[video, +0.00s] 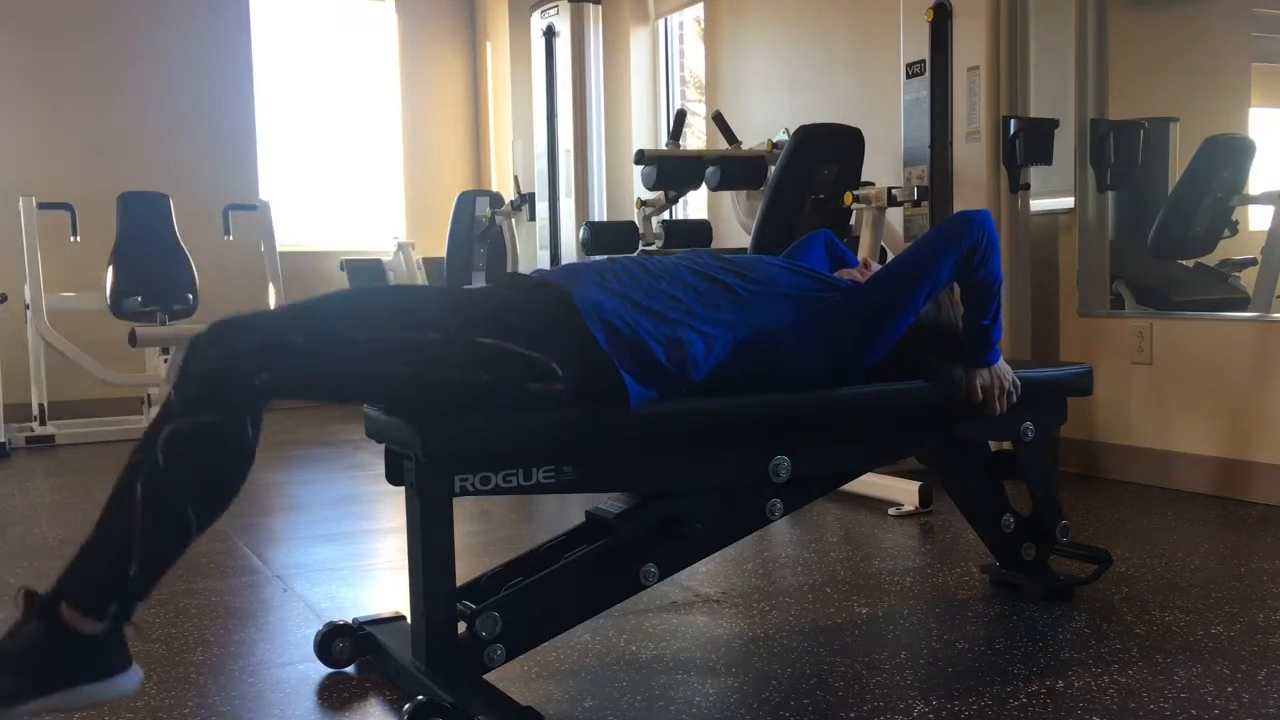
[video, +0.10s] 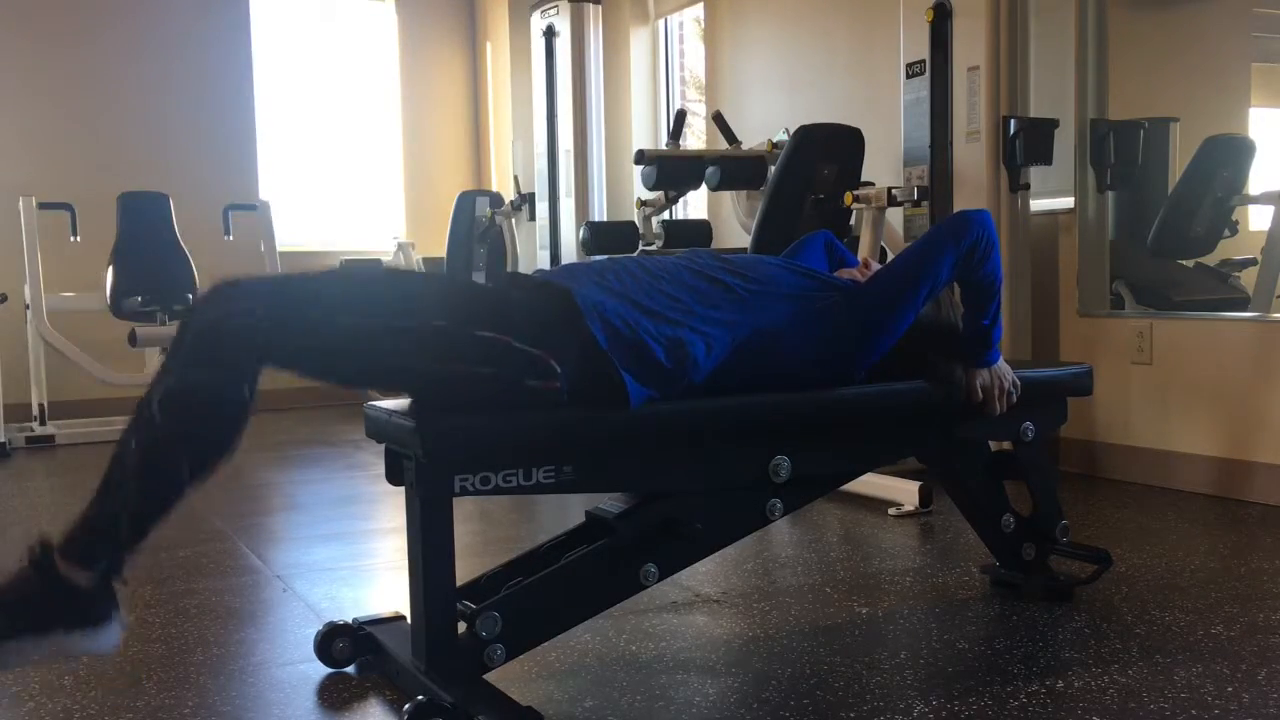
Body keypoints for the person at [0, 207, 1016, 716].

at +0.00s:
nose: (862, 242)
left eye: (872, 246)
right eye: (864, 236)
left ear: (878, 287)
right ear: (831, 259)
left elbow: (973, 226)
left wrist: (973, 352)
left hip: (554, 337)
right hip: (511, 307)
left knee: (228, 356)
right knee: (226, 353)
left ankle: (82, 623)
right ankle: (81, 617)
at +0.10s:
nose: (868, 241)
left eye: (887, 243)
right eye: (864, 229)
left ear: (883, 272)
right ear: (835, 240)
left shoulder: (857, 314)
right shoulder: (774, 279)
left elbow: (971, 229)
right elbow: (815, 164)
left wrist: (961, 351)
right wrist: (871, 239)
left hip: (561, 339)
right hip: (518, 294)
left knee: (232, 315)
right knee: (276, 290)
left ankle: (83, 574)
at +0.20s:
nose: (855, 240)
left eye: (866, 246)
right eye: (852, 238)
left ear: (880, 291)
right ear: (828, 267)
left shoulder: (855, 324)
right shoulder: (761, 272)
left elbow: (978, 226)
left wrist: (977, 353)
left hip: (550, 332)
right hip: (516, 298)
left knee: (244, 248)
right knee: (260, 233)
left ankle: (66, 476)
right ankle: (186, 286)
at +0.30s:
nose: (863, 236)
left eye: (879, 243)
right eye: (861, 230)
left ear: (888, 293)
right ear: (837, 254)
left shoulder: (849, 322)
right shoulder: (776, 277)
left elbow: (977, 225)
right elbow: (818, 157)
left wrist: (961, 350)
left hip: (536, 342)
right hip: (508, 305)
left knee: (267, 186)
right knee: (277, 179)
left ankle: (50, 340)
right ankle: (171, 269)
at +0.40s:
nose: (871, 249)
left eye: (888, 256)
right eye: (873, 241)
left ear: (892, 292)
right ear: (849, 258)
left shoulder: (854, 325)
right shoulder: (779, 286)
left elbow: (974, 226)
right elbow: (813, 171)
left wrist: (966, 339)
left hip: (553, 358)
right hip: (537, 309)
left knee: (338, 123)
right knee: (336, 114)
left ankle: (67, 194)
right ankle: (100, 199)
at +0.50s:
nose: (863, 244)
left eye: (881, 249)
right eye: (859, 237)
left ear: (890, 294)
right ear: (837, 254)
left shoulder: (853, 330)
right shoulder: (788, 285)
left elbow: (978, 230)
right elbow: (812, 180)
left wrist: (963, 338)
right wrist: (858, 241)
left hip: (538, 355)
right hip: (525, 327)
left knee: (429, 70)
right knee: (428, 70)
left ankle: (137, 57)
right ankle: (146, 46)